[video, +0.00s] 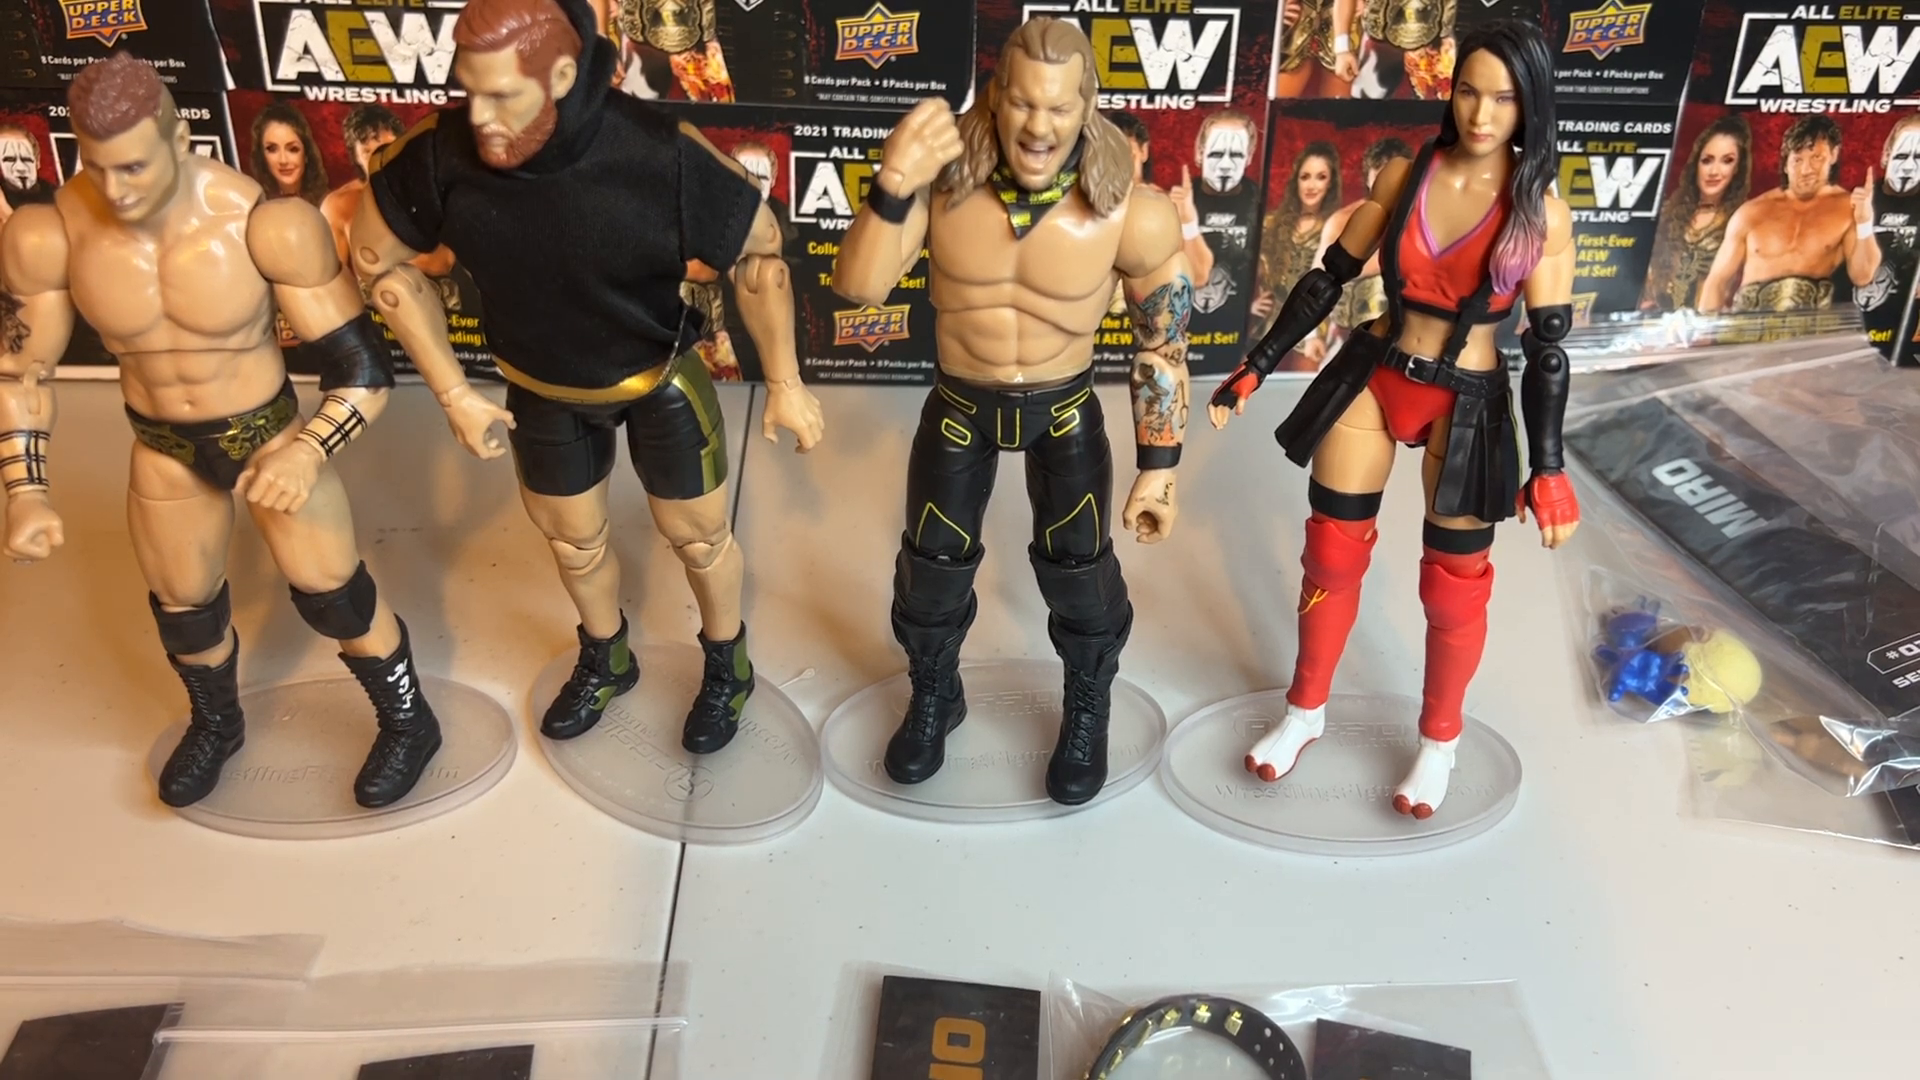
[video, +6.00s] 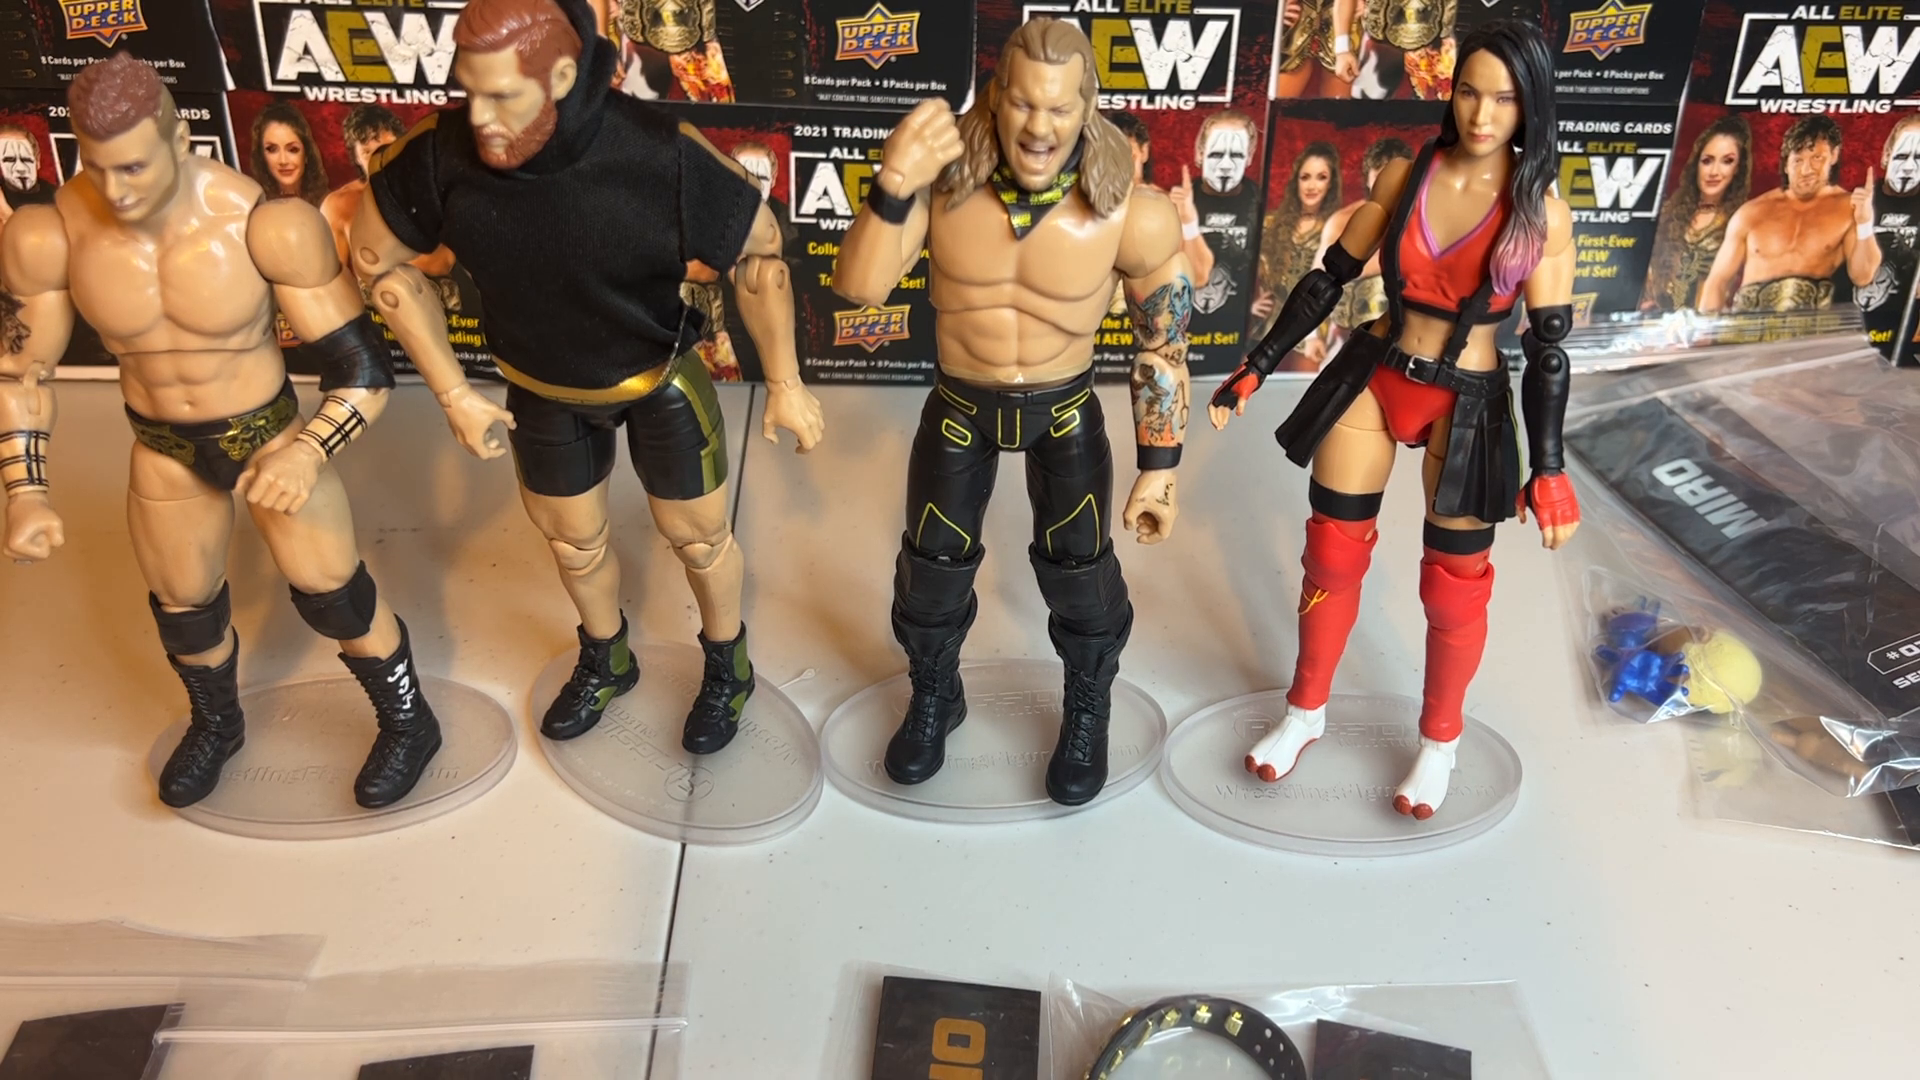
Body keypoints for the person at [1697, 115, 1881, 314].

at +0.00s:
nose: (1806, 169)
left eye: (1817, 158)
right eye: (1797, 160)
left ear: (1834, 156)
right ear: (1785, 162)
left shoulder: (1848, 206)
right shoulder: (1751, 212)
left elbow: (1862, 277)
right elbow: (1718, 281)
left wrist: (1864, 223)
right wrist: (1704, 335)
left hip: (1809, 314)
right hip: (1748, 312)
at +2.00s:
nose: (1806, 169)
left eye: (1816, 158)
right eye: (1797, 160)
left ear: (1834, 156)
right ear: (1785, 163)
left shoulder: (1847, 207)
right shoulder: (1750, 212)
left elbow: (1861, 277)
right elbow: (1718, 281)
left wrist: (1864, 223)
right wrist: (1704, 335)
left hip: (1810, 315)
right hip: (1748, 312)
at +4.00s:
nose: (1806, 169)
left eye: (1816, 158)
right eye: (1797, 160)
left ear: (1834, 156)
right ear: (1785, 163)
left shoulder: (1848, 207)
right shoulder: (1750, 213)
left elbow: (1862, 277)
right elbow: (1718, 281)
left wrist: (1864, 223)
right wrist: (1703, 336)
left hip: (1810, 316)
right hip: (1748, 314)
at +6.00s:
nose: (1806, 169)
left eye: (1817, 158)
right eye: (1798, 160)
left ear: (1834, 156)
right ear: (1785, 162)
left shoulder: (1848, 207)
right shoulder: (1750, 212)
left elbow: (1862, 277)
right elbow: (1718, 281)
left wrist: (1864, 224)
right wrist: (1704, 336)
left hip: (1810, 315)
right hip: (1748, 313)